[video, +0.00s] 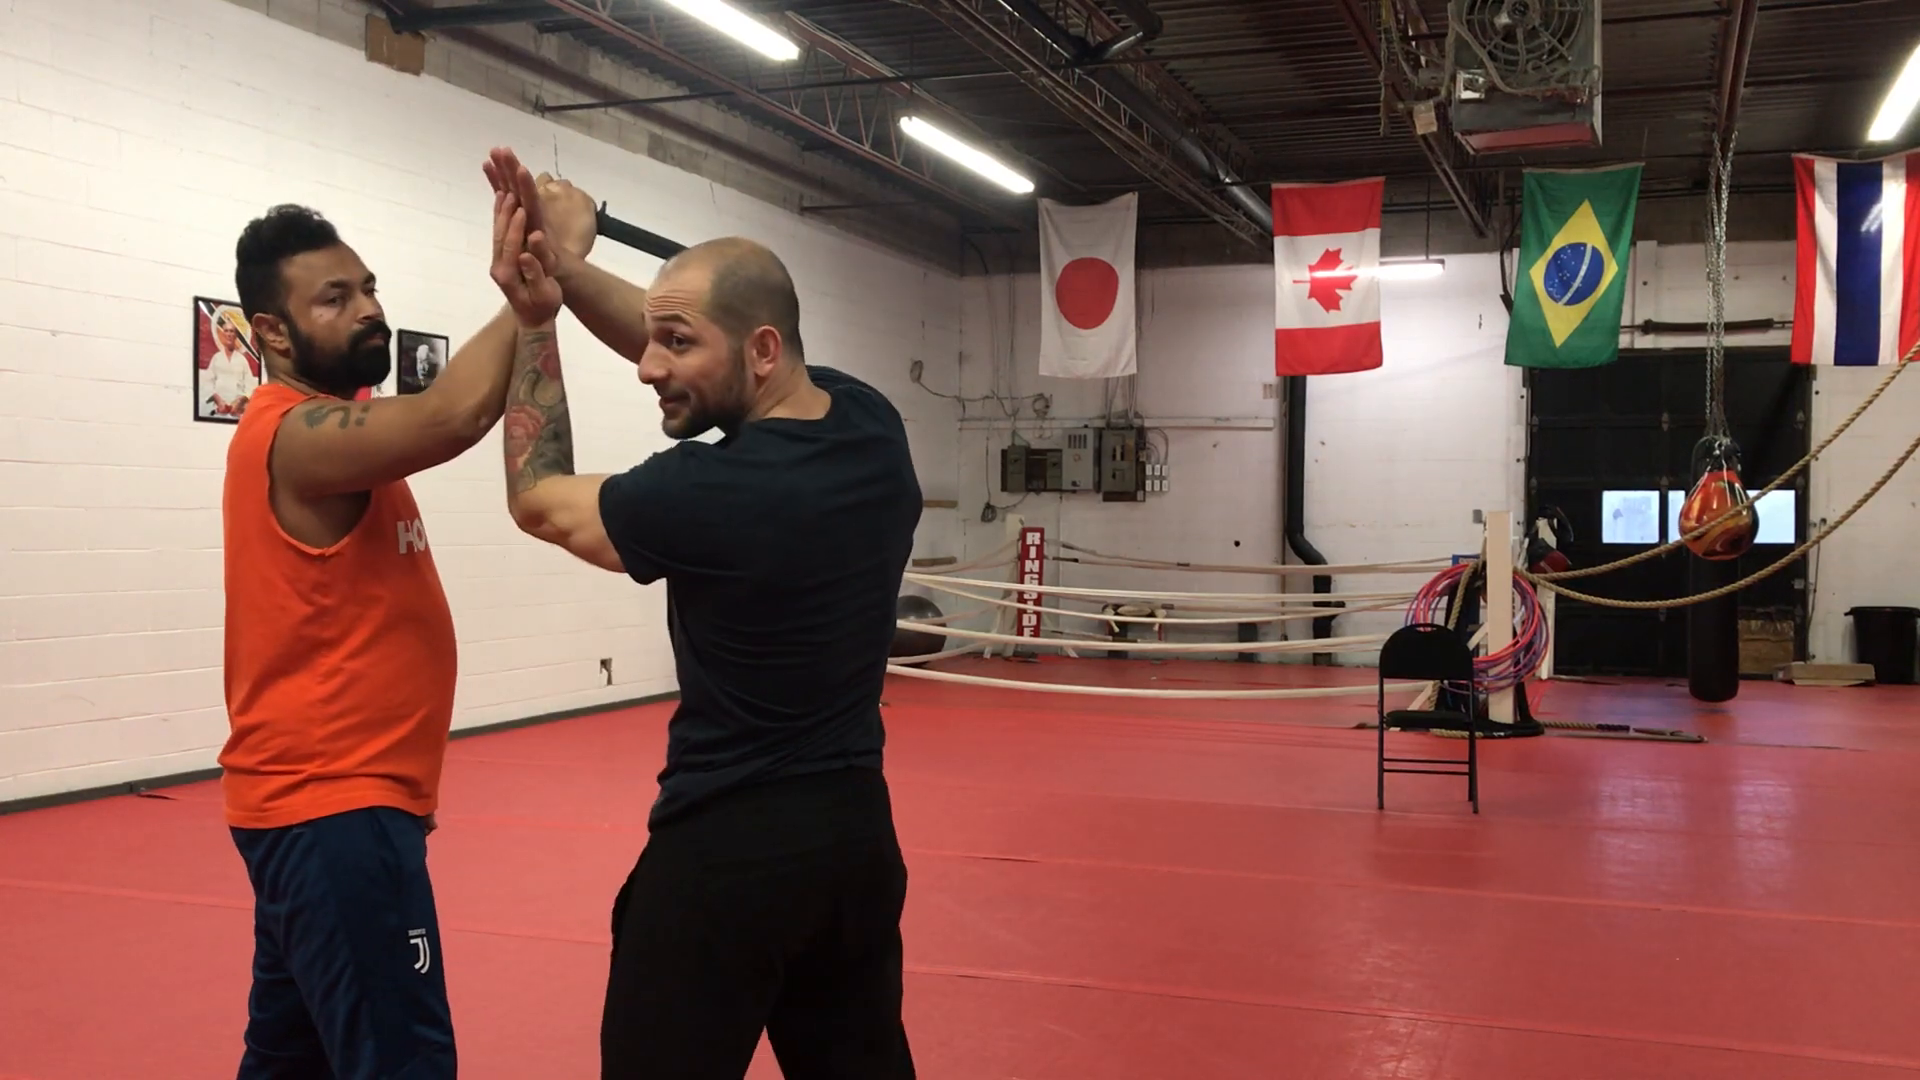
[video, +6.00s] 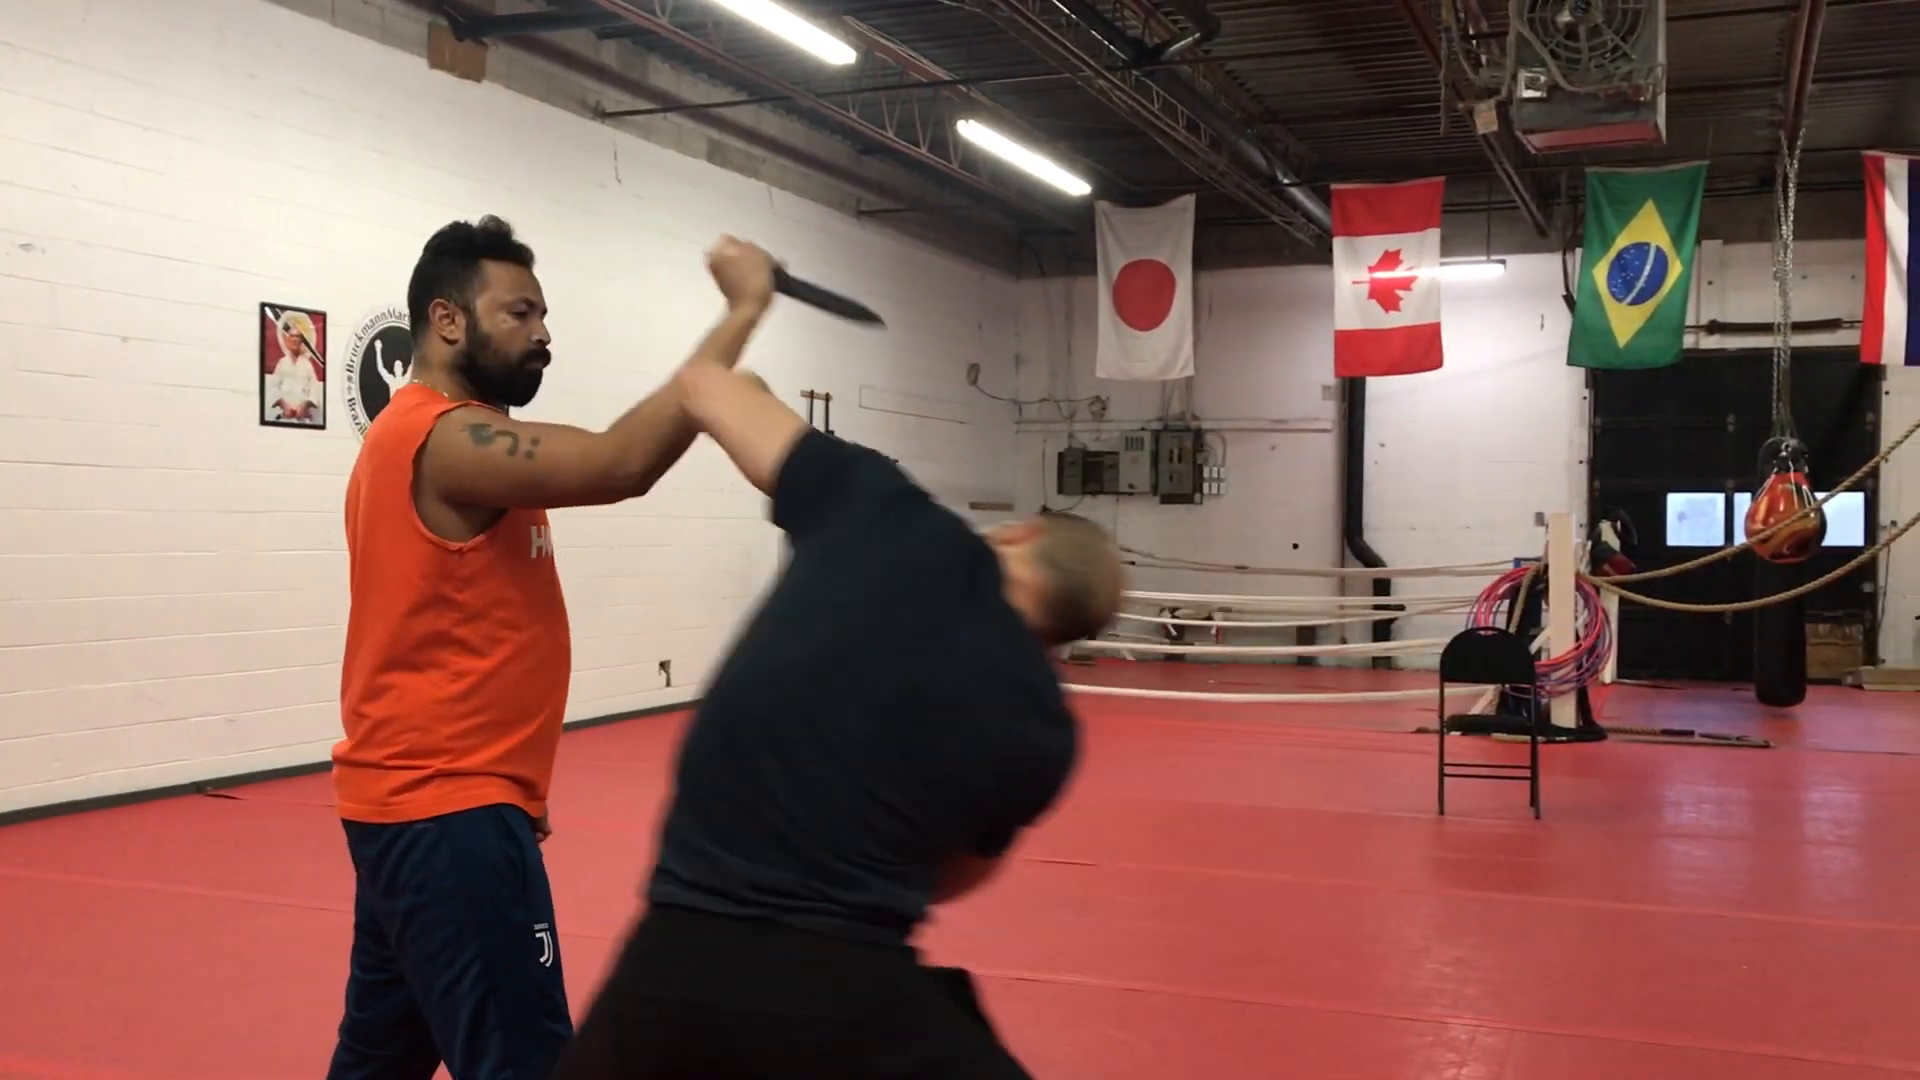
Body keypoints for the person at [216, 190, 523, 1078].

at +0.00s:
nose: (369, 311)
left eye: (367, 288)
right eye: (335, 300)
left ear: (372, 287)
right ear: (271, 333)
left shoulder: (306, 422)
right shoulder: (299, 431)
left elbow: (450, 420)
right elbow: (452, 414)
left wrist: (522, 301)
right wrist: (525, 305)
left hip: (325, 798)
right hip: (334, 805)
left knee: (292, 1054)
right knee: (406, 1057)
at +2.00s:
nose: (693, 326)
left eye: (691, 304)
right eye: (664, 310)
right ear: (600, 337)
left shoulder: (636, 429)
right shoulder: (603, 432)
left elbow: (634, 624)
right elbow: (730, 430)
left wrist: (703, 752)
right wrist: (807, 316)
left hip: (626, 784)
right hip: (610, 790)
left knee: (553, 1048)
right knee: (683, 1054)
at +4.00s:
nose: (669, 319)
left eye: (670, 301)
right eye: (637, 308)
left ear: (679, 305)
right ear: (585, 341)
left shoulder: (631, 432)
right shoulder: (606, 431)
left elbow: (641, 623)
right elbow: (749, 419)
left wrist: (719, 750)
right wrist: (848, 350)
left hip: (630, 788)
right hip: (619, 793)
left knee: (571, 1047)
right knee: (693, 1054)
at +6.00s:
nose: (545, 335)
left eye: (543, 314)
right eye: (522, 312)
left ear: (449, 329)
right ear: (448, 322)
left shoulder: (404, 433)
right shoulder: (451, 436)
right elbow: (624, 462)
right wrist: (743, 313)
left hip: (406, 801)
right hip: (452, 807)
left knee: (380, 1058)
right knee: (525, 1059)